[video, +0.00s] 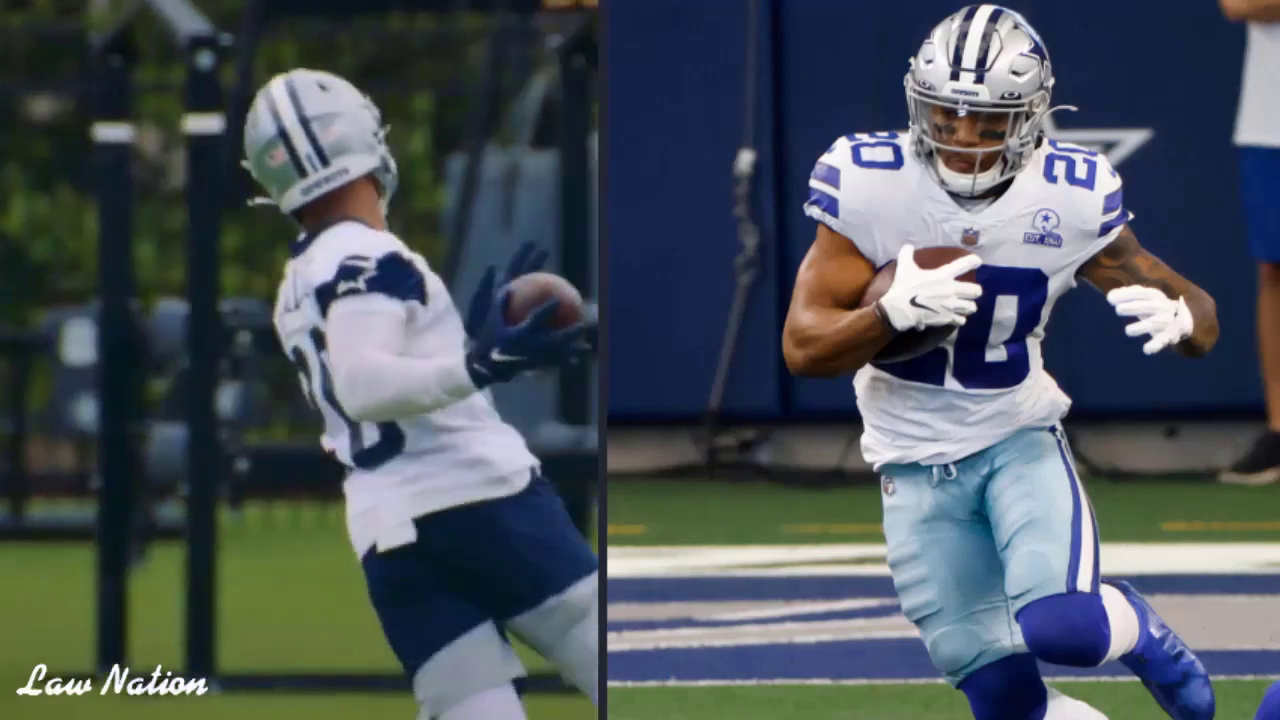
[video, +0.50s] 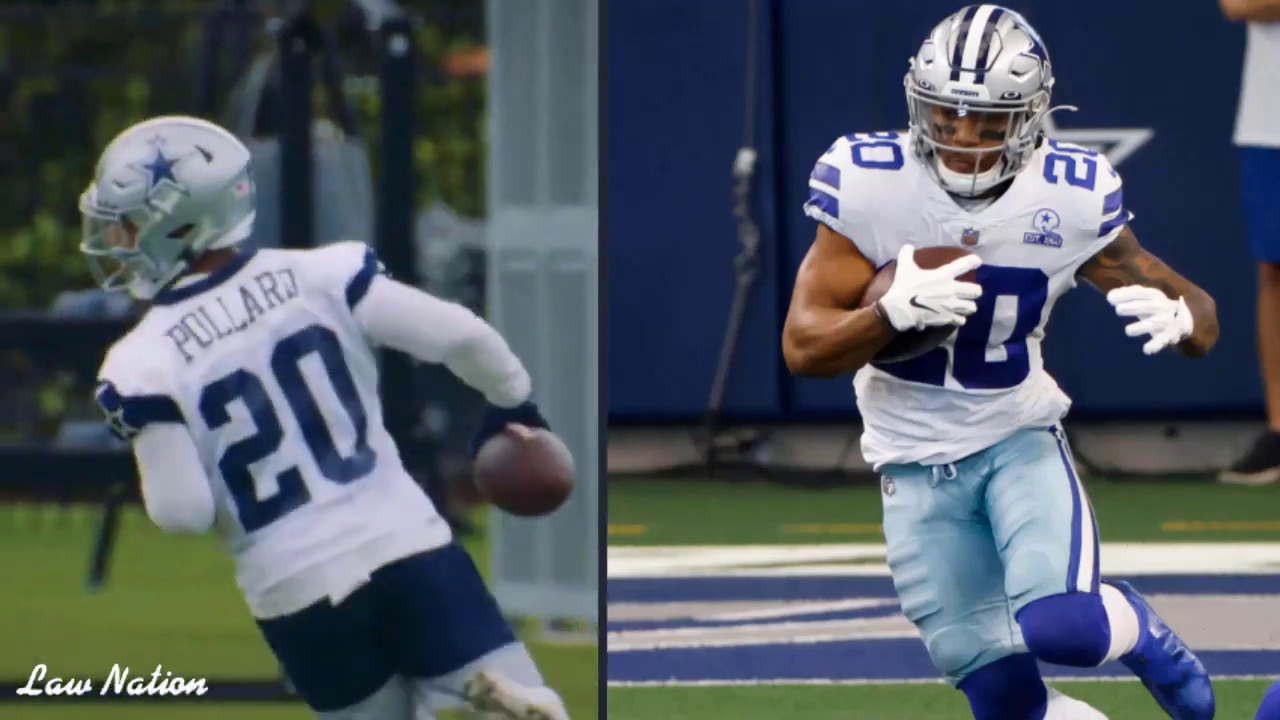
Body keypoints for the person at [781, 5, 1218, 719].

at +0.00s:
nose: (966, 138)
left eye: (988, 121)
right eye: (950, 117)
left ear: (1028, 119)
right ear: (922, 110)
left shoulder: (1071, 194)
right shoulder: (863, 179)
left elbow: (1197, 309)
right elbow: (801, 349)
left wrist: (1181, 319)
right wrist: (887, 313)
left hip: (1018, 437)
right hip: (911, 468)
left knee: (1054, 626)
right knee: (1001, 696)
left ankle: (1142, 633)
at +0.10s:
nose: (966, 138)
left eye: (988, 121)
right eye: (950, 117)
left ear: (1028, 119)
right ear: (922, 110)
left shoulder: (1071, 194)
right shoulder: (863, 179)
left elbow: (1197, 309)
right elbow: (801, 349)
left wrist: (1181, 319)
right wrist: (887, 313)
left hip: (1018, 437)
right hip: (911, 467)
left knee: (1054, 626)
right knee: (1001, 696)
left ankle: (1142, 633)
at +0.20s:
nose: (966, 138)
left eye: (988, 121)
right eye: (950, 117)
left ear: (1028, 119)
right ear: (922, 110)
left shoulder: (1071, 194)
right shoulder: (863, 179)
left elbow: (1197, 309)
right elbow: (801, 349)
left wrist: (1181, 319)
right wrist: (887, 313)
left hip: (1018, 437)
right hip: (911, 467)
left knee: (1054, 626)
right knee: (1001, 696)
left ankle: (1142, 633)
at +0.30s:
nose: (966, 138)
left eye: (988, 121)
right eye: (950, 117)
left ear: (1028, 119)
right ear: (922, 110)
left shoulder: (1071, 194)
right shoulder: (863, 179)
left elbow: (1197, 309)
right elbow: (801, 349)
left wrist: (1181, 319)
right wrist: (887, 313)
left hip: (1018, 437)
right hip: (911, 467)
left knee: (1054, 626)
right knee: (1001, 696)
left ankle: (1142, 633)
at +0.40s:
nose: (966, 138)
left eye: (988, 121)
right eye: (950, 117)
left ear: (1028, 119)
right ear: (922, 110)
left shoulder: (1071, 194)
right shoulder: (863, 179)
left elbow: (1197, 309)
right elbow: (801, 349)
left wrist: (1181, 319)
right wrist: (887, 313)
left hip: (1018, 437)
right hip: (911, 467)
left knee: (1054, 626)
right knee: (1001, 696)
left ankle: (1142, 633)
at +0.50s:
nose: (966, 138)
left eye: (988, 121)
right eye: (950, 117)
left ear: (1028, 119)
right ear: (922, 110)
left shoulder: (1071, 194)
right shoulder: (863, 179)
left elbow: (1197, 309)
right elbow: (801, 349)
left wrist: (1181, 319)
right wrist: (887, 313)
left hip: (1018, 437)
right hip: (911, 467)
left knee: (1054, 626)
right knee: (1001, 696)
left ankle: (1142, 633)